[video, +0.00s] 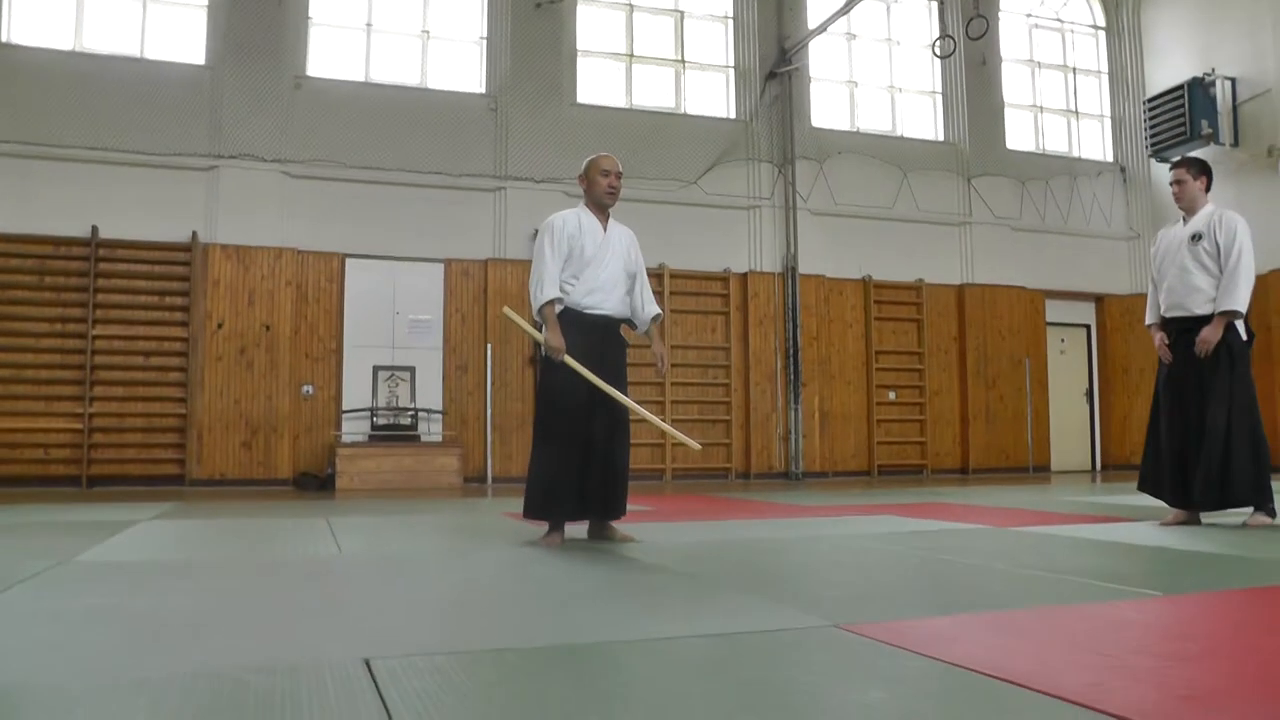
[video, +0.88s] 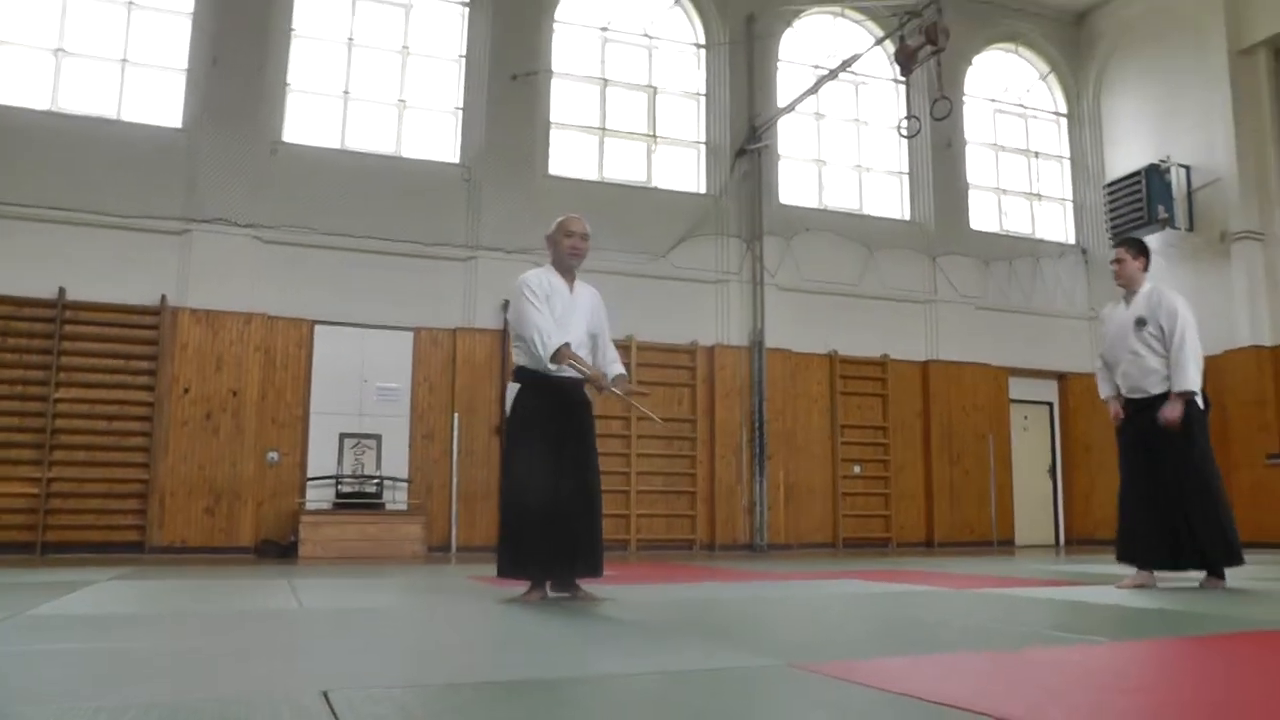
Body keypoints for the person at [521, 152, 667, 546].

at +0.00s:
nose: (614, 182)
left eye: (618, 177)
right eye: (605, 175)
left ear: (621, 186)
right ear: (584, 181)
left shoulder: (626, 236)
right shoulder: (561, 223)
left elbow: (641, 293)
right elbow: (545, 278)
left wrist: (656, 339)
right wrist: (552, 327)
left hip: (610, 337)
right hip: (569, 333)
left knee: (609, 426)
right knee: (562, 425)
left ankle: (600, 522)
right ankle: (556, 526)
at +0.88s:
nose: (578, 244)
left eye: (584, 238)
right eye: (570, 236)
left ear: (589, 247)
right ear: (551, 243)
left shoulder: (591, 297)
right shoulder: (531, 283)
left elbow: (605, 348)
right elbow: (534, 331)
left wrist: (616, 375)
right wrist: (569, 360)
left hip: (574, 398)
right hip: (536, 396)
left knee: (574, 485)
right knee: (534, 484)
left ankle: (567, 579)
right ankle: (537, 581)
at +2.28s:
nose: (427, 215)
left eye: (437, 207)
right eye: (421, 209)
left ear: (457, 215)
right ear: (417, 218)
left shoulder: (457, 260)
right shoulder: (440, 258)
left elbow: (426, 312)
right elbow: (405, 271)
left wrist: (368, 336)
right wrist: (366, 266)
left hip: (455, 380)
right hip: (454, 376)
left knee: (414, 473)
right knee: (461, 477)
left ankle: (414, 580)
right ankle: (473, 571)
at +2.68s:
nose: (484, 210)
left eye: (489, 204)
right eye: (474, 203)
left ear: (494, 214)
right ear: (453, 212)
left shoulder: (511, 270)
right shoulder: (427, 262)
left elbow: (542, 331)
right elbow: (403, 320)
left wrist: (545, 354)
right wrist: (417, 337)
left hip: (498, 378)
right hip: (445, 377)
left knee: (517, 472)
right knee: (450, 480)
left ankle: (541, 569)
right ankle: (477, 577)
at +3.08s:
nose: (491, 213)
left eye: (497, 207)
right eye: (482, 206)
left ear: (505, 215)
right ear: (464, 213)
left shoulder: (506, 272)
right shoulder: (450, 252)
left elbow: (530, 321)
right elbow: (494, 288)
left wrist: (580, 320)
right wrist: (555, 288)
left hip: (501, 380)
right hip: (461, 379)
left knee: (515, 475)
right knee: (453, 476)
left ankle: (523, 574)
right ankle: (448, 568)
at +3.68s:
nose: (351, 211)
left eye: (358, 202)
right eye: (350, 204)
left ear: (389, 204)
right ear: (360, 209)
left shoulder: (423, 251)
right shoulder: (359, 260)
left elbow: (430, 298)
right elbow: (311, 283)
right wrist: (257, 288)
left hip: (419, 372)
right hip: (379, 375)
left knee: (419, 469)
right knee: (374, 473)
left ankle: (462, 549)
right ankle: (412, 576)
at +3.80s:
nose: (330, 212)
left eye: (333, 201)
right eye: (329, 202)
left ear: (361, 198)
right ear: (361, 199)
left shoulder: (384, 242)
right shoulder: (376, 245)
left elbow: (354, 292)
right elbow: (341, 301)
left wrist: (288, 301)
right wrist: (286, 312)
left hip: (388, 375)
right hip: (383, 373)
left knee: (336, 460)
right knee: (398, 472)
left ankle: (370, 576)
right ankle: (407, 574)